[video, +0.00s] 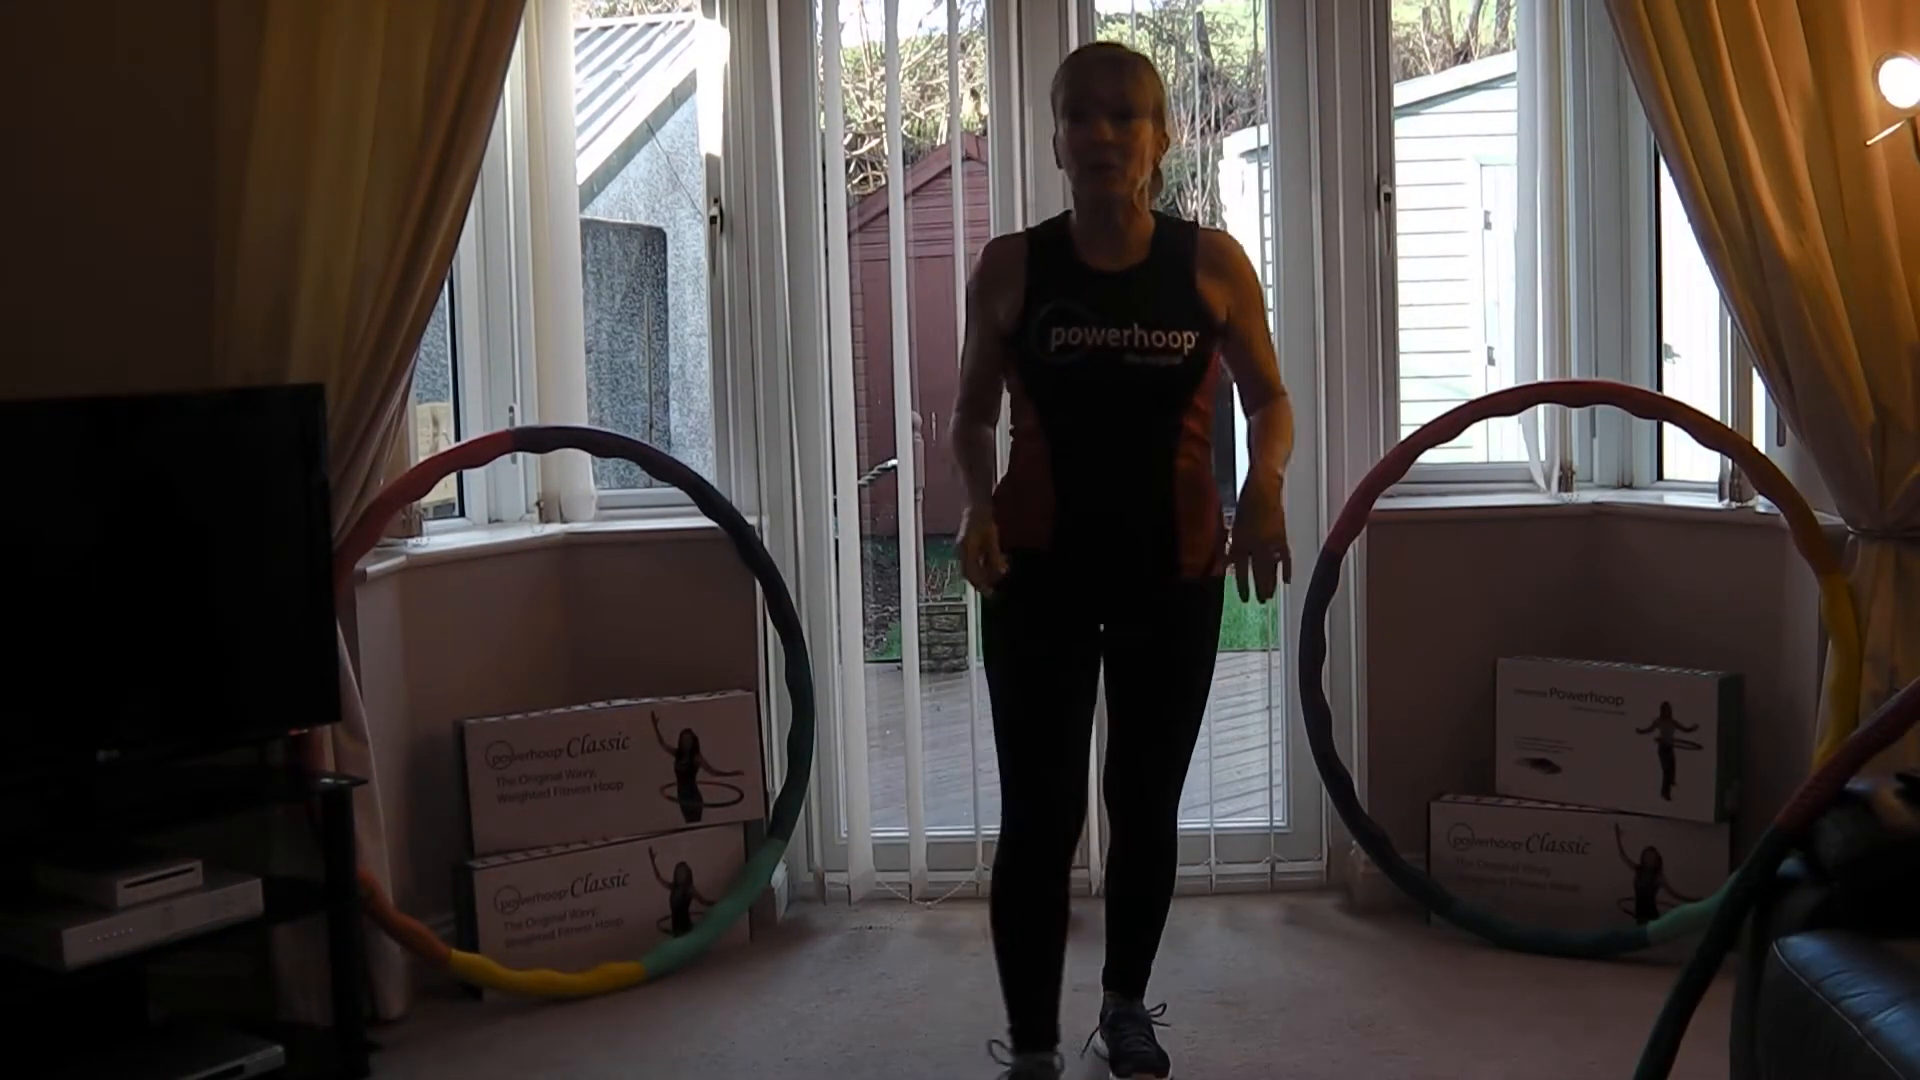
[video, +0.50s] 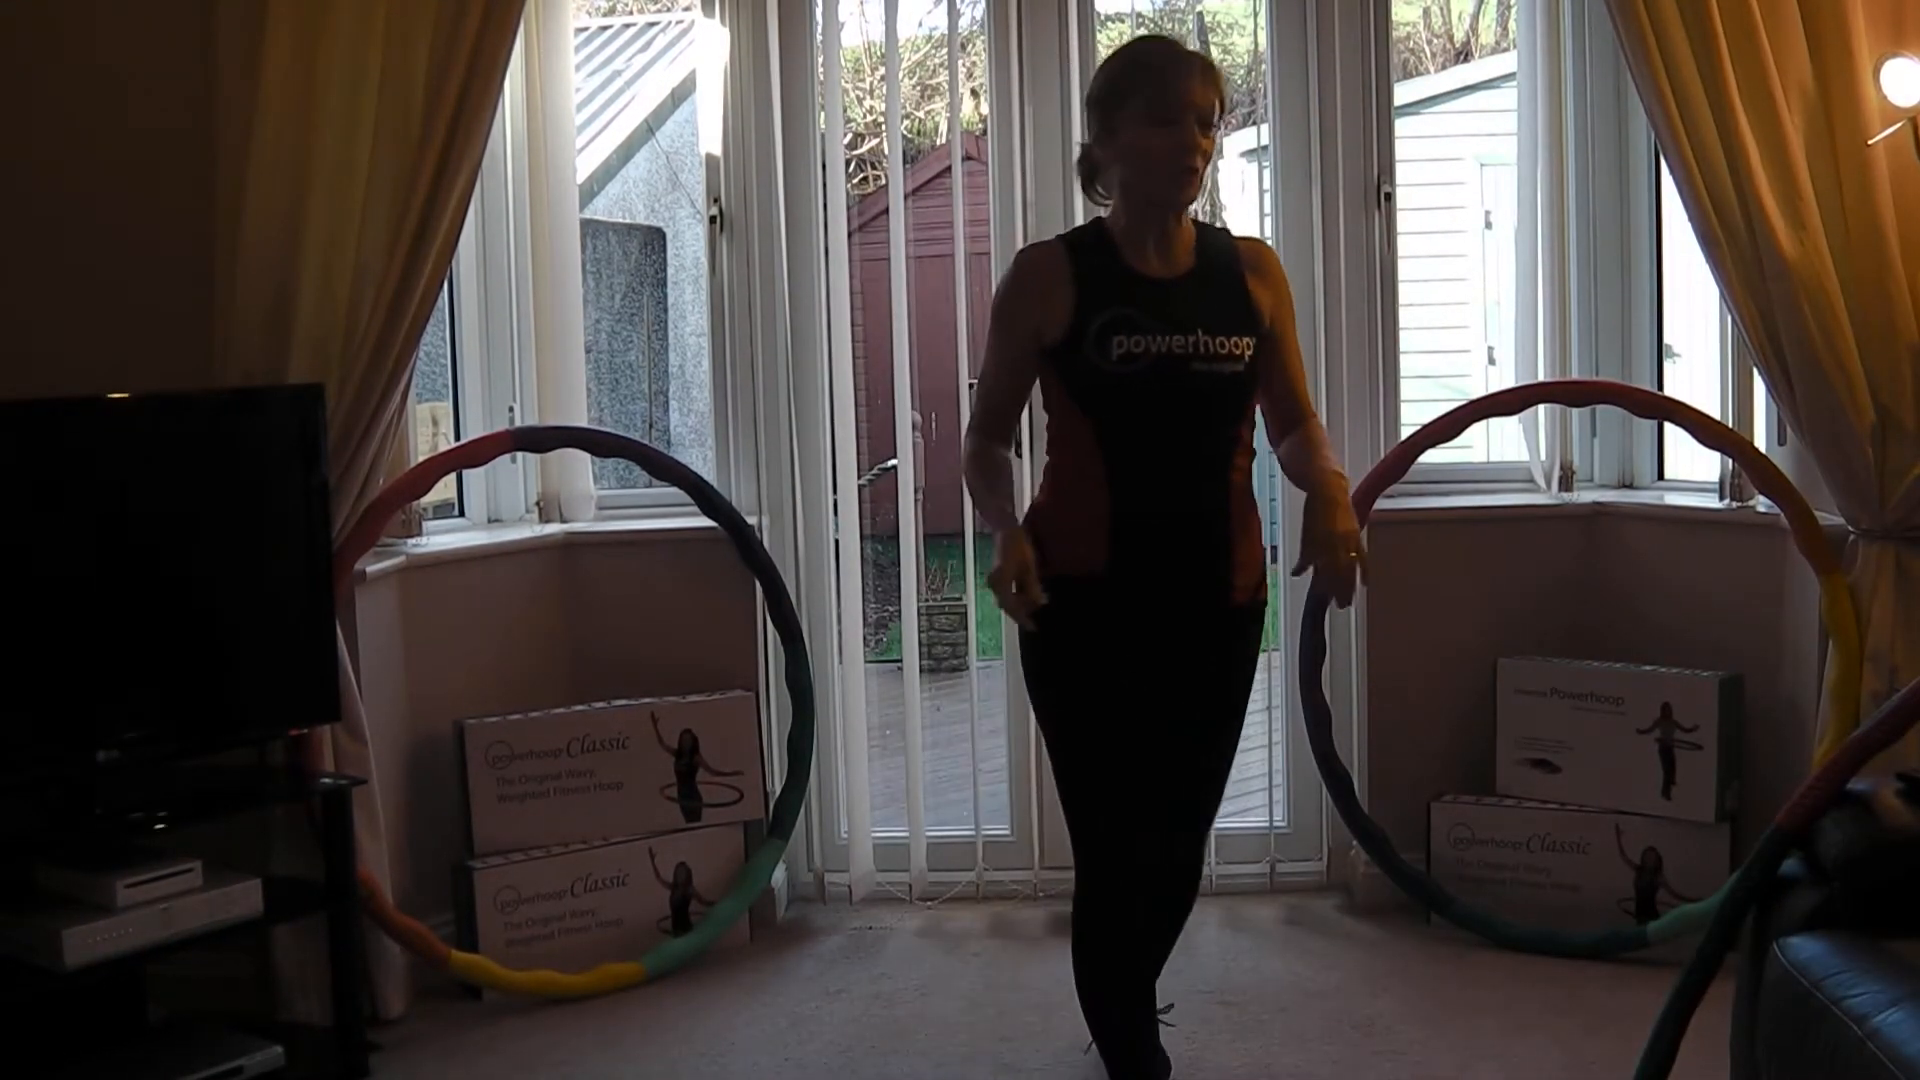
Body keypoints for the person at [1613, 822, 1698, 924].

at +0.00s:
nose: (1648, 859)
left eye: (1651, 856)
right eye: (1646, 856)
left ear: (1657, 859)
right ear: (1642, 858)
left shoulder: (1658, 876)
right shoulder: (1639, 870)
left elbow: (1673, 894)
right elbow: (1623, 856)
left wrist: (1693, 900)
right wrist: (1618, 837)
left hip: (1651, 911)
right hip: (1639, 910)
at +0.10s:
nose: (1649, 859)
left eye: (1652, 857)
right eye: (1646, 856)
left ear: (1657, 859)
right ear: (1642, 858)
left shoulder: (1658, 876)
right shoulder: (1639, 870)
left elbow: (1673, 894)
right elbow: (1623, 856)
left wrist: (1693, 901)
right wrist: (1618, 837)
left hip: (1651, 911)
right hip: (1639, 910)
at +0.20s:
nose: (1649, 859)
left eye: (1652, 857)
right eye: (1646, 856)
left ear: (1657, 859)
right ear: (1642, 858)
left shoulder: (1658, 876)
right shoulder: (1639, 870)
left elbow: (1673, 894)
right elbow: (1623, 856)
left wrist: (1693, 901)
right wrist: (1618, 837)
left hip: (1651, 911)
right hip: (1639, 910)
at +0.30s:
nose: (1649, 859)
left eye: (1652, 857)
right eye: (1646, 856)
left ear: (1657, 860)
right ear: (1642, 858)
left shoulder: (1658, 876)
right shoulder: (1639, 870)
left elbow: (1674, 894)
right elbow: (1623, 856)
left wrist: (1694, 901)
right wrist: (1618, 837)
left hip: (1651, 911)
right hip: (1639, 910)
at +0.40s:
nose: (1649, 859)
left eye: (1652, 857)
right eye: (1646, 856)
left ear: (1657, 860)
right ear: (1642, 858)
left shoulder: (1658, 876)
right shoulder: (1639, 870)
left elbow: (1674, 894)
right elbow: (1623, 856)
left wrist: (1694, 901)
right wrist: (1618, 837)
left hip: (1651, 911)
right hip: (1639, 910)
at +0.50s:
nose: (1649, 860)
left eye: (1652, 857)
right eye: (1646, 856)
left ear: (1657, 860)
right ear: (1642, 858)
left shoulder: (1658, 876)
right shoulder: (1639, 871)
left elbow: (1673, 894)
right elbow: (1623, 857)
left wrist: (1693, 901)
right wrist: (1618, 837)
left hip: (1651, 911)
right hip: (1639, 911)